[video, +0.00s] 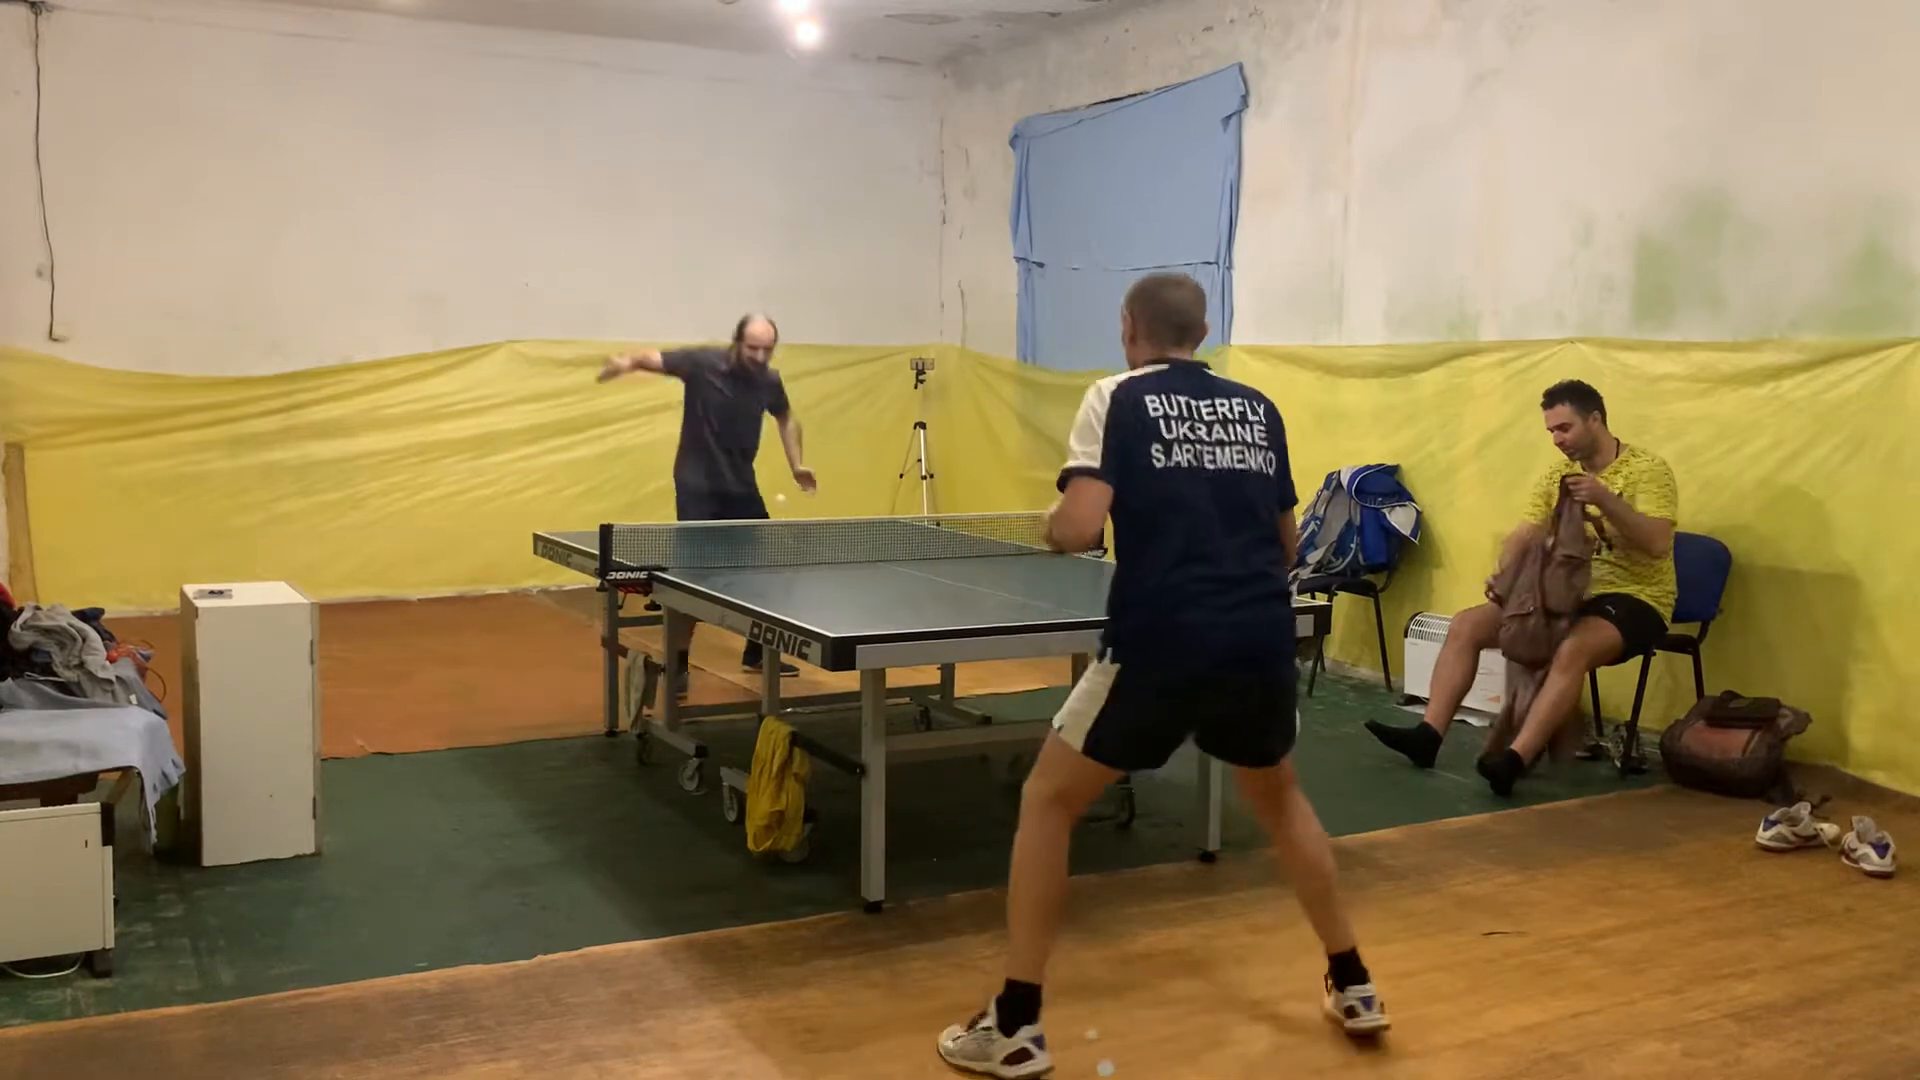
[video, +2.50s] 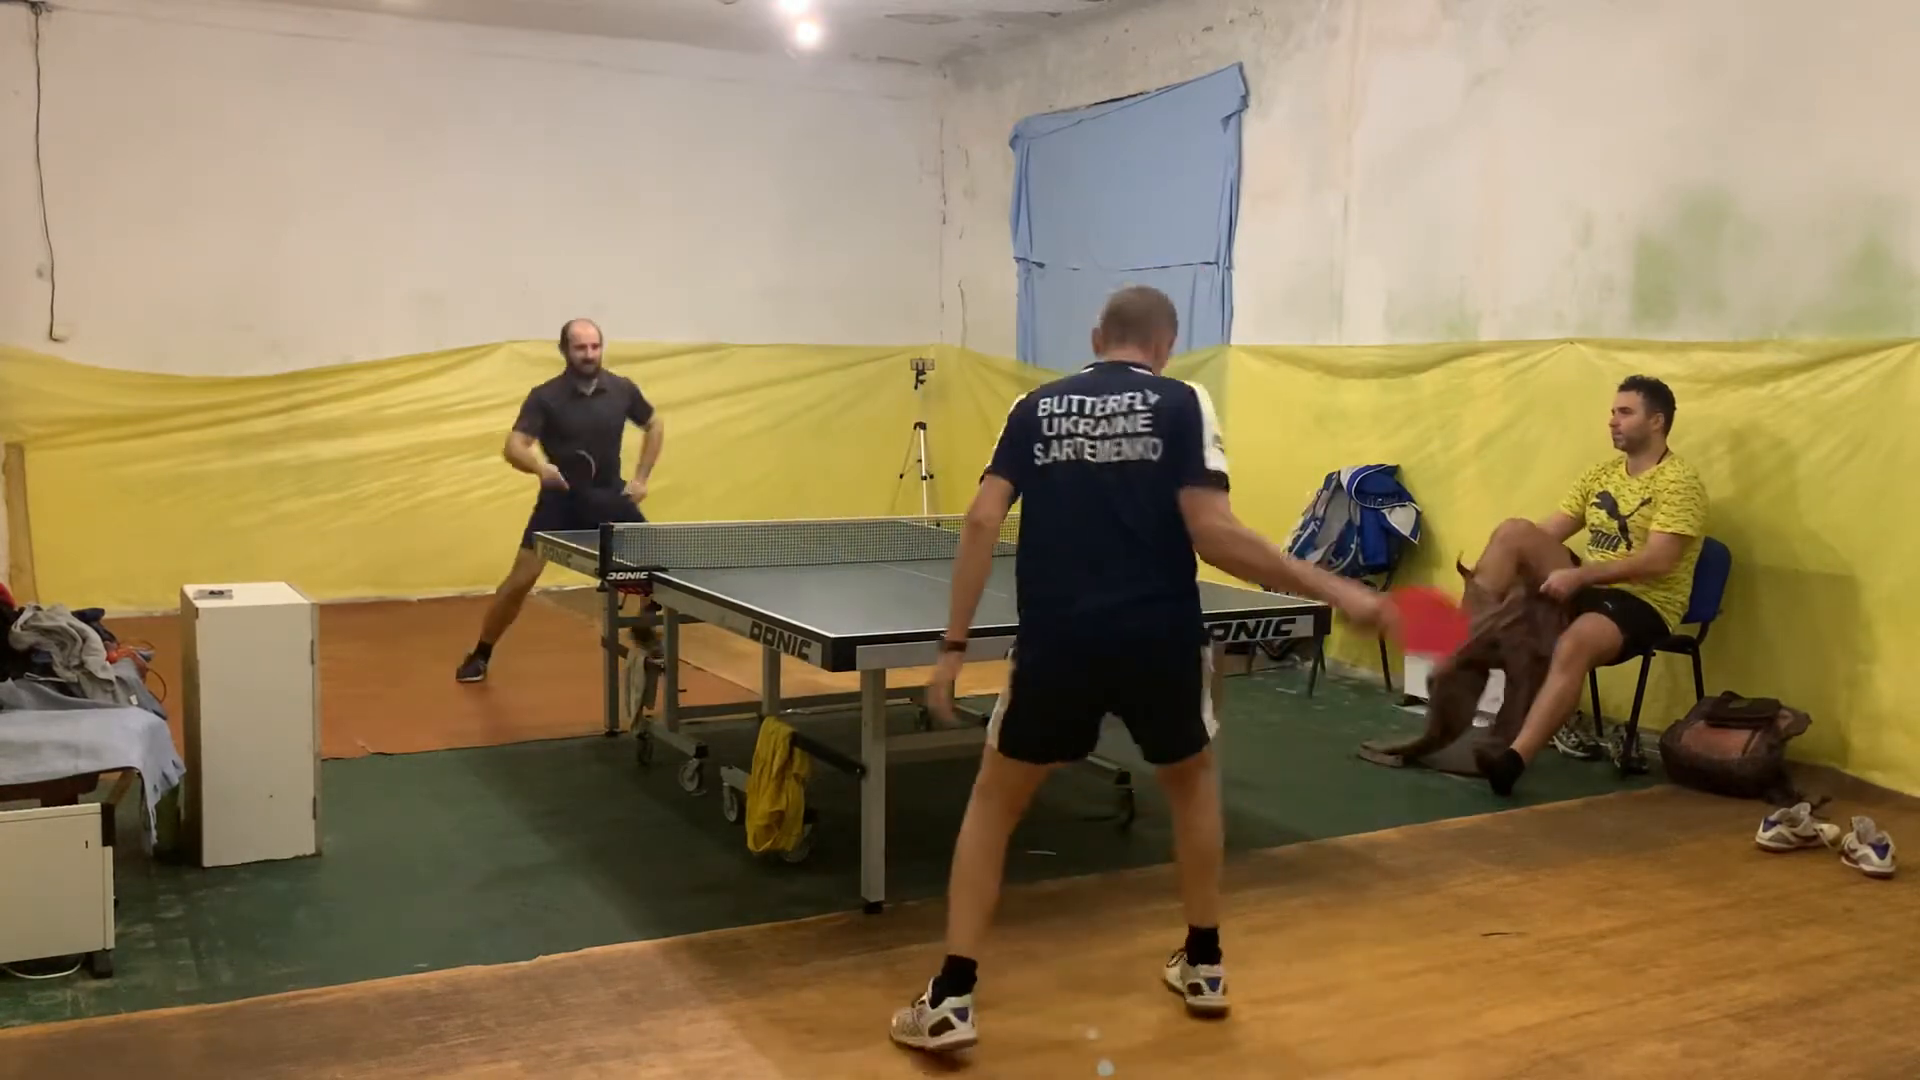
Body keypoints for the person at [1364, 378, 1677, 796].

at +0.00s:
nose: (1556, 440)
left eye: (1563, 429)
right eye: (1551, 432)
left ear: (1595, 419)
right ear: (1551, 431)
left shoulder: (1648, 469)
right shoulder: (1558, 476)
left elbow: (1658, 543)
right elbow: (1527, 534)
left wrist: (1605, 500)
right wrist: (1507, 576)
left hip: (1636, 598)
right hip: (1567, 594)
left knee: (1572, 650)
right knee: (1466, 625)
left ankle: (1515, 760)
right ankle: (1429, 734)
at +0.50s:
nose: (1578, 426)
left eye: (1587, 416)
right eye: (1574, 416)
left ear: (1621, 416)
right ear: (1574, 417)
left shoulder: (1659, 473)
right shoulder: (1572, 466)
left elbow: (1674, 536)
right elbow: (1508, 496)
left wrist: (1613, 524)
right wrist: (1476, 510)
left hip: (1637, 600)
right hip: (1570, 592)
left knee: (1572, 653)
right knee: (1465, 625)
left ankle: (1514, 759)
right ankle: (1429, 734)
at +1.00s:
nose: (1606, 419)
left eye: (1618, 411)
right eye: (1606, 410)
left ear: (1652, 420)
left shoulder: (1672, 481)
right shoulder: (1592, 464)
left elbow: (1640, 541)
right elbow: (1520, 487)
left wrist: (1555, 547)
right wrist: (1460, 494)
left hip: (1639, 603)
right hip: (1580, 591)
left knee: (1572, 645)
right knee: (1513, 543)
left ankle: (1512, 762)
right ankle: (1504, 654)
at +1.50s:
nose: (1608, 421)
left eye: (1620, 413)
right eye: (1607, 412)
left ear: (1653, 422)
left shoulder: (1672, 485)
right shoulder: (1596, 471)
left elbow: (1641, 563)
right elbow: (1544, 524)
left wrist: (1569, 592)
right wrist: (1491, 568)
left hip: (1643, 601)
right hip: (1588, 584)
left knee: (1573, 645)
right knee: (1517, 524)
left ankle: (1515, 759)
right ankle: (1512, 655)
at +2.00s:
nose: (1608, 420)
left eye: (1619, 412)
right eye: (1608, 412)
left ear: (1652, 421)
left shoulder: (1675, 484)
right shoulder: (1598, 471)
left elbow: (1643, 563)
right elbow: (1546, 528)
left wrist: (1581, 604)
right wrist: (1506, 589)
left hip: (1645, 601)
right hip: (1589, 587)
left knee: (1572, 647)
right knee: (1519, 521)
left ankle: (1514, 759)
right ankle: (1509, 633)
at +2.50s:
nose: (1613, 421)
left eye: (1625, 413)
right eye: (1613, 412)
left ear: (1658, 422)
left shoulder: (1680, 483)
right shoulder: (1604, 474)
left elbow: (1660, 560)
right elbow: (1551, 530)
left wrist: (1581, 575)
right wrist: (1493, 567)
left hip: (1648, 601)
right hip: (1592, 585)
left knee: (1575, 643)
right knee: (1513, 533)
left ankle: (1515, 759)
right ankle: (1464, 657)